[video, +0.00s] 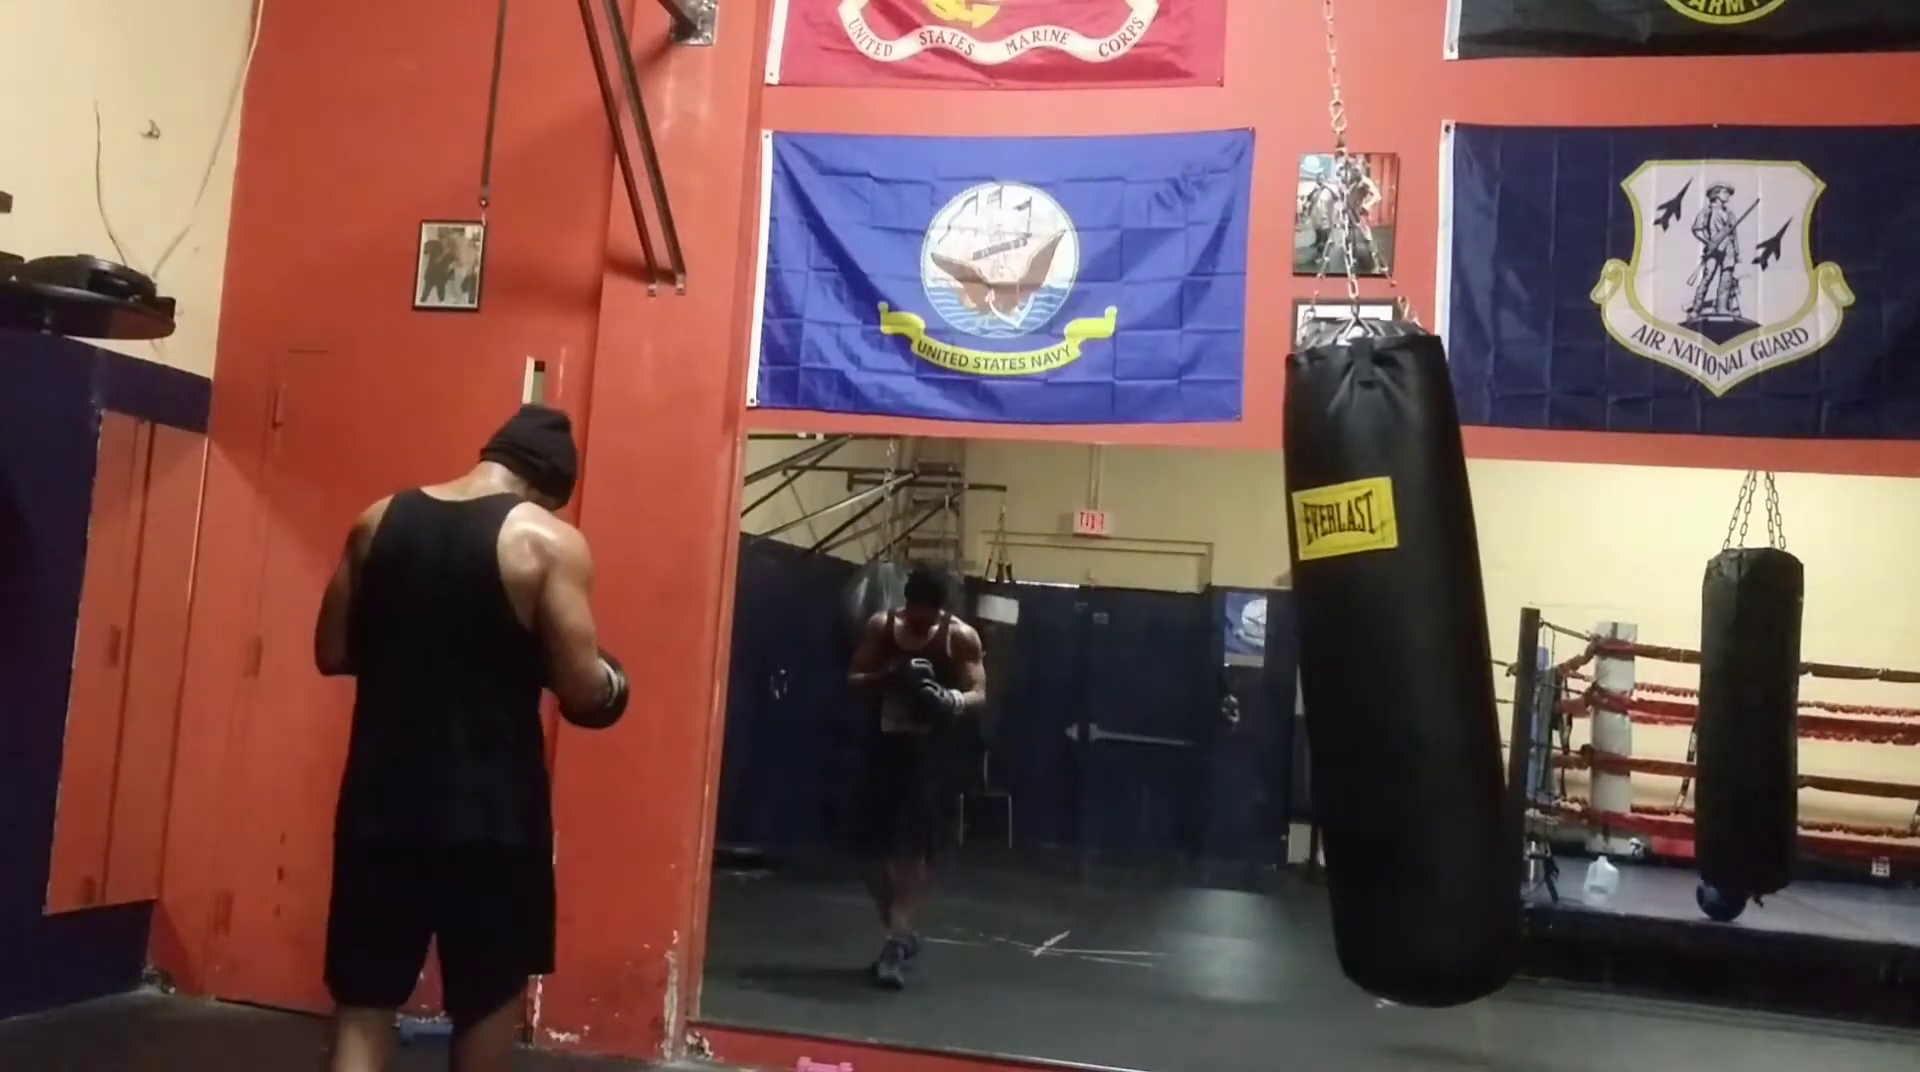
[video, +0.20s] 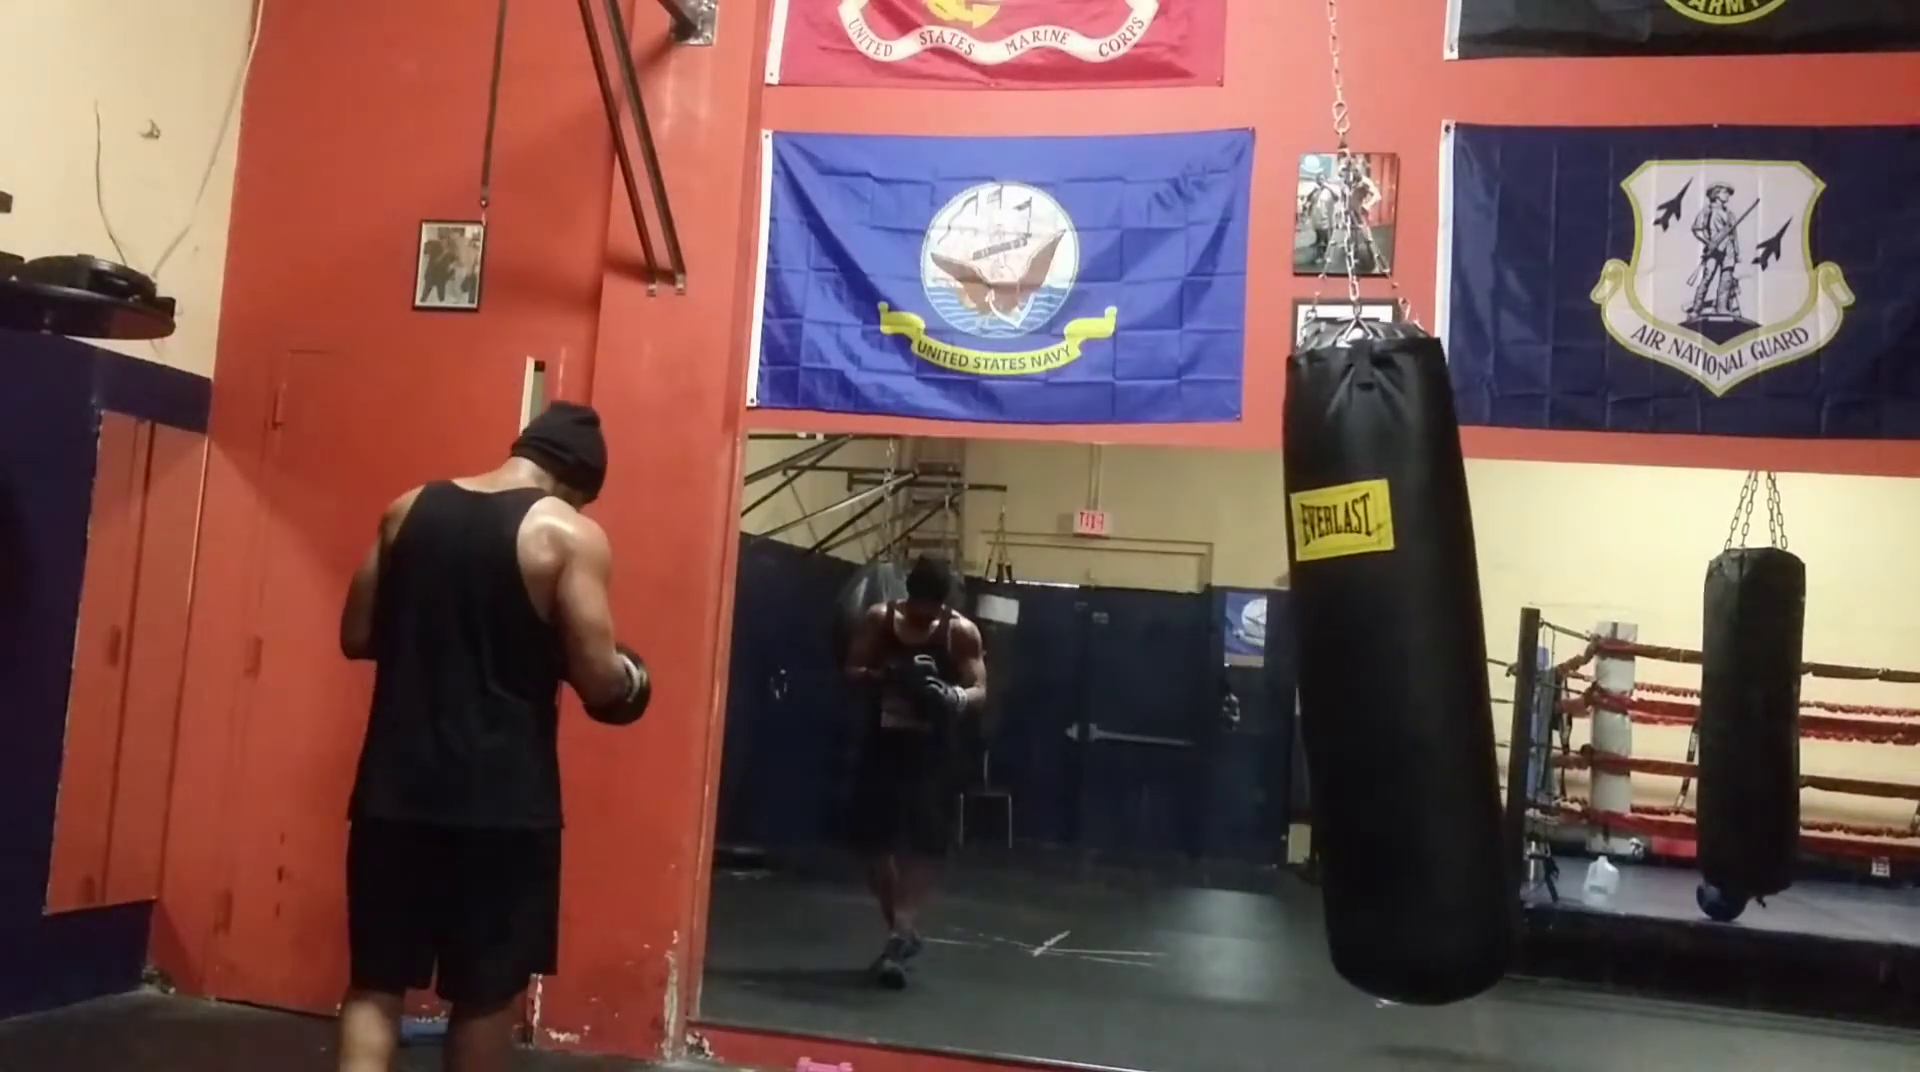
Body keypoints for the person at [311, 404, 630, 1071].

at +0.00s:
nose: (559, 503)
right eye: (561, 492)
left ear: (490, 455)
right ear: (557, 482)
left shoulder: (381, 518)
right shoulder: (550, 541)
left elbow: (333, 653)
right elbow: (582, 694)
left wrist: (417, 635)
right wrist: (612, 686)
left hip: (381, 806)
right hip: (492, 816)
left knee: (362, 1014)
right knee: (489, 1019)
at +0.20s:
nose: (581, 501)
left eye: (581, 490)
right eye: (585, 490)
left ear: (519, 450)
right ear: (582, 479)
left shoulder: (410, 508)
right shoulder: (569, 534)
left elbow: (357, 637)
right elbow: (601, 687)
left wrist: (440, 620)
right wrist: (632, 680)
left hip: (394, 796)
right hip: (504, 807)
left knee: (373, 986)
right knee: (484, 1004)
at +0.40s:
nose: (590, 521)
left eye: (591, 509)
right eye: (595, 509)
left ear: (532, 464)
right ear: (596, 498)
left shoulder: (425, 523)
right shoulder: (580, 548)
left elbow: (375, 652)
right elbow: (607, 695)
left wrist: (459, 625)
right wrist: (645, 691)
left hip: (412, 803)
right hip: (517, 815)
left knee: (383, 1011)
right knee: (503, 1015)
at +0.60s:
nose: (603, 525)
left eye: (605, 513)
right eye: (608, 514)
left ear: (545, 468)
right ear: (606, 498)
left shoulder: (438, 524)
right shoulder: (591, 544)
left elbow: (390, 655)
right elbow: (618, 690)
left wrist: (471, 632)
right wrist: (651, 695)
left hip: (433, 780)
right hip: (527, 791)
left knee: (433, 958)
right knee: (509, 981)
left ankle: (408, 1062)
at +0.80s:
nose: (615, 521)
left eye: (619, 510)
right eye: (620, 510)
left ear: (560, 464)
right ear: (617, 491)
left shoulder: (455, 518)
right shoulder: (601, 538)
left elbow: (406, 646)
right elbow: (622, 676)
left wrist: (486, 630)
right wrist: (652, 692)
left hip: (446, 785)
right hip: (533, 794)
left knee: (467, 969)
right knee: (505, 986)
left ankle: (474, 1060)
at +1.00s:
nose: (624, 526)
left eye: (629, 514)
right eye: (629, 513)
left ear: (567, 471)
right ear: (620, 492)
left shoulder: (467, 526)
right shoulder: (602, 542)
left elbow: (421, 654)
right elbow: (620, 678)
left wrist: (507, 635)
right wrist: (660, 684)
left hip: (464, 793)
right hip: (546, 802)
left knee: (481, 976)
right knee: (522, 987)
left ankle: (485, 1064)